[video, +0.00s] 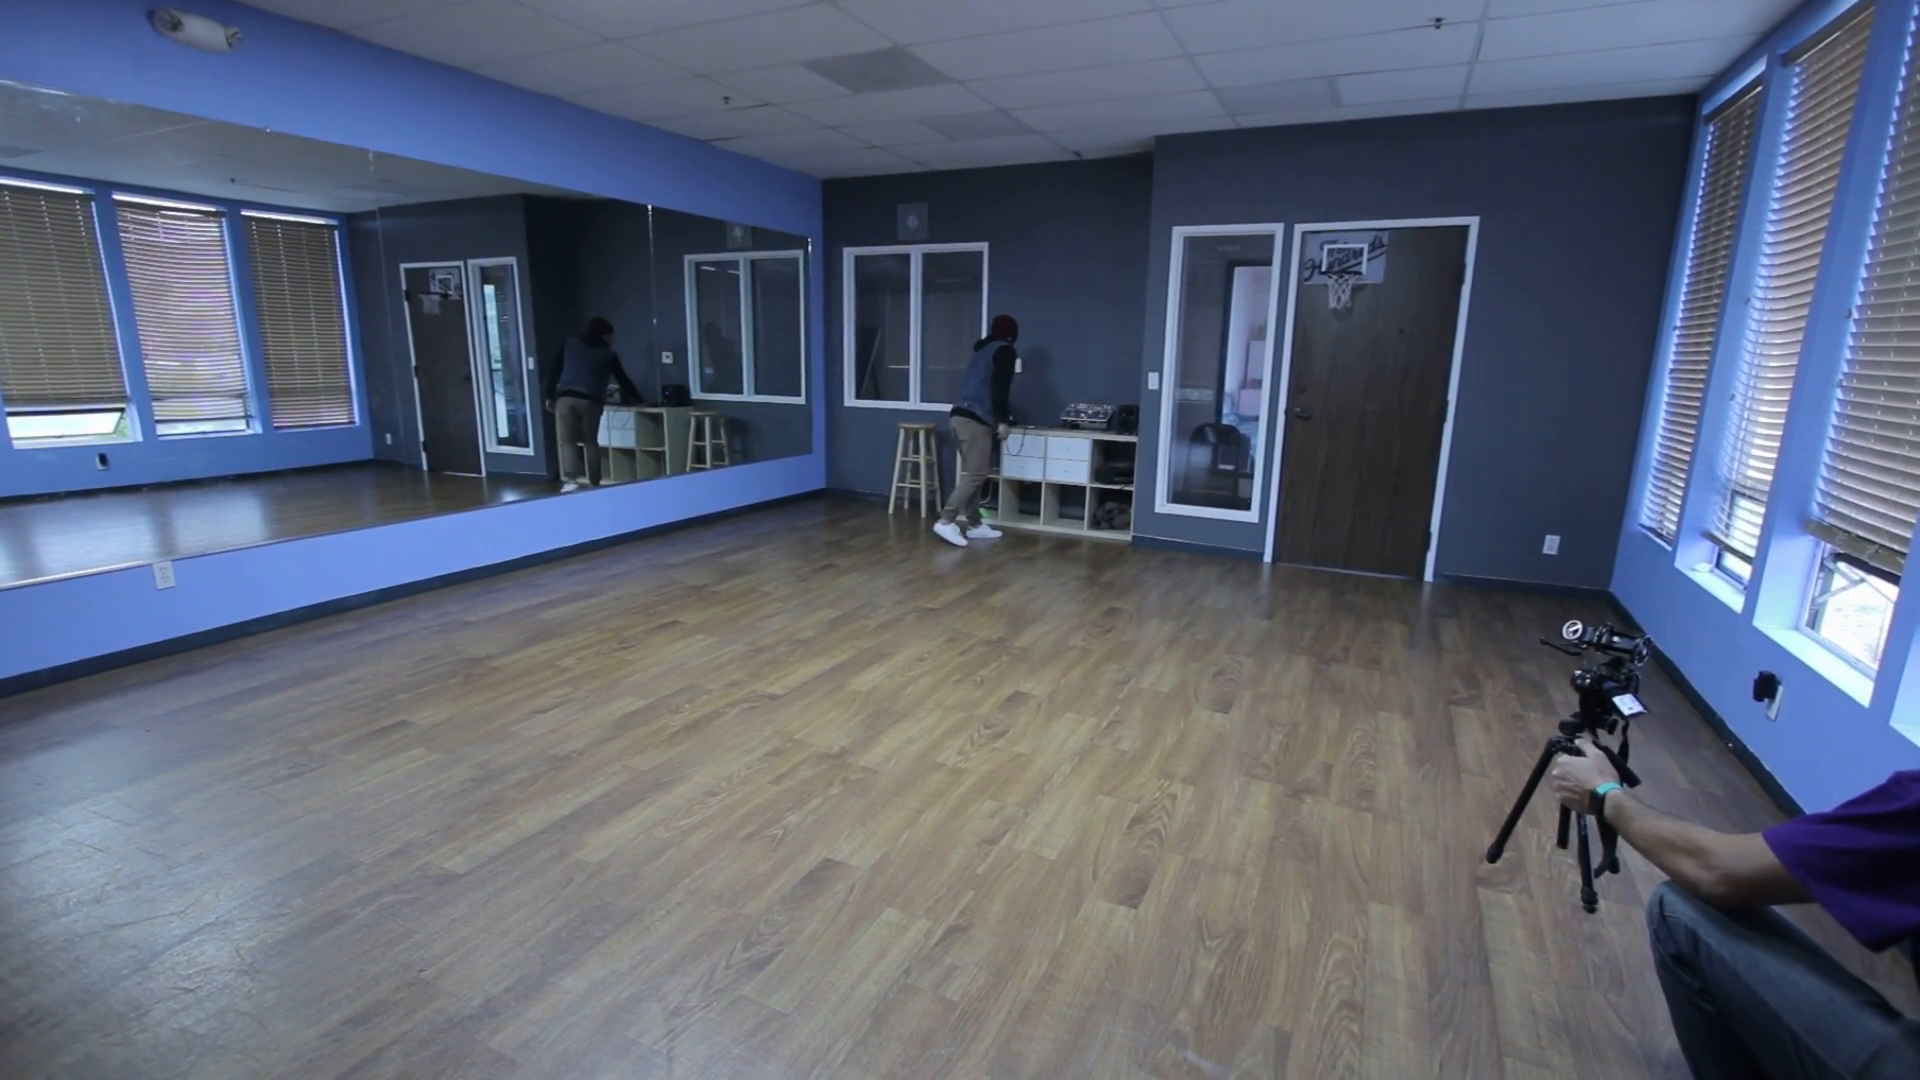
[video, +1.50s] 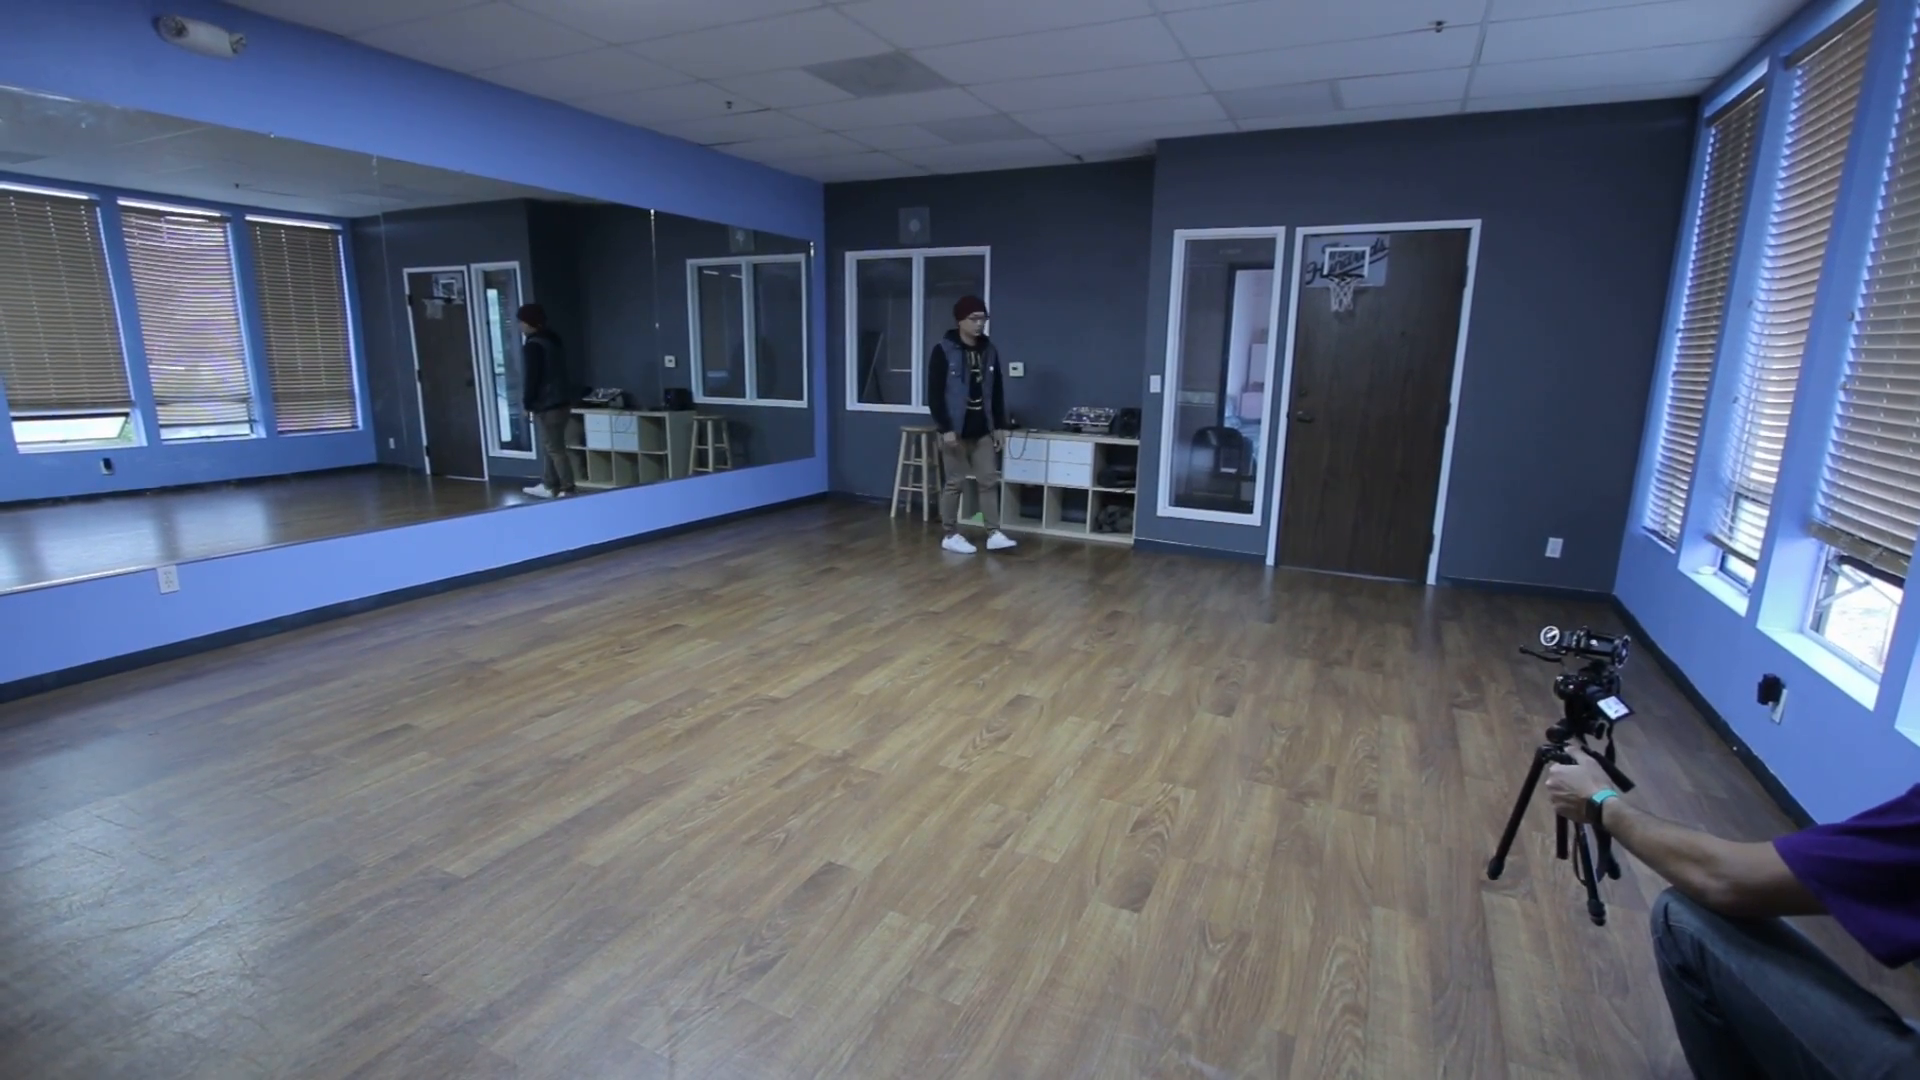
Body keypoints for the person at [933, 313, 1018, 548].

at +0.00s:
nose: (1015, 338)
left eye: (1013, 334)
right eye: (1014, 334)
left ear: (993, 331)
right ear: (1012, 334)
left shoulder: (983, 349)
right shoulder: (1004, 350)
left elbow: (981, 386)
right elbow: (1000, 386)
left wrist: (996, 418)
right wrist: (1003, 420)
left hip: (960, 416)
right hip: (975, 419)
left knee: (973, 473)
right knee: (976, 474)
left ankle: (973, 523)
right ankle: (946, 521)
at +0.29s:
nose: (1012, 340)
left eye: (1012, 336)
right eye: (1012, 336)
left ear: (991, 330)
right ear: (1008, 335)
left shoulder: (982, 347)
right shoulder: (997, 350)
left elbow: (983, 388)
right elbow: (992, 387)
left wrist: (990, 423)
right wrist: (994, 424)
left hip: (960, 418)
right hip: (969, 420)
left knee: (972, 474)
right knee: (976, 474)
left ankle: (973, 524)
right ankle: (950, 525)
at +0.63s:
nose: (1009, 339)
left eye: (1009, 334)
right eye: (1008, 334)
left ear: (990, 328)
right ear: (1002, 332)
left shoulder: (988, 349)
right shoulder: (985, 350)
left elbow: (985, 390)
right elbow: (977, 388)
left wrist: (990, 421)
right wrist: (980, 425)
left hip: (969, 423)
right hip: (959, 423)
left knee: (975, 475)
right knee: (967, 475)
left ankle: (974, 524)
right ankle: (950, 529)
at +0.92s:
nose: (1003, 336)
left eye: (1002, 331)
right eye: (1001, 331)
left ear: (986, 329)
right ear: (990, 330)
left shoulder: (988, 355)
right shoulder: (968, 353)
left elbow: (985, 397)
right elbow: (957, 395)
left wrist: (984, 432)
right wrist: (960, 431)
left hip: (973, 428)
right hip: (954, 428)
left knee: (974, 480)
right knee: (965, 481)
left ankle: (972, 526)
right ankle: (950, 533)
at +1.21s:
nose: (994, 336)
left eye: (994, 331)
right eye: (992, 331)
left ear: (979, 331)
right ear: (979, 331)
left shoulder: (985, 359)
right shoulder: (950, 359)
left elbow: (991, 395)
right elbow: (937, 400)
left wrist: (993, 427)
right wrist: (937, 438)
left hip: (979, 433)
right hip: (954, 435)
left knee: (985, 481)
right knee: (965, 483)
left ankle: (987, 529)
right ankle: (949, 535)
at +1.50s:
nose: (980, 324)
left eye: (983, 319)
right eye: (974, 319)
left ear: (985, 321)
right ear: (960, 320)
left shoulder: (989, 351)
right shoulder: (943, 351)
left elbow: (997, 391)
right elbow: (934, 393)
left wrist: (999, 426)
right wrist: (945, 428)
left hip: (983, 427)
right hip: (954, 428)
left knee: (988, 481)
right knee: (954, 483)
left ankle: (993, 532)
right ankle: (949, 534)